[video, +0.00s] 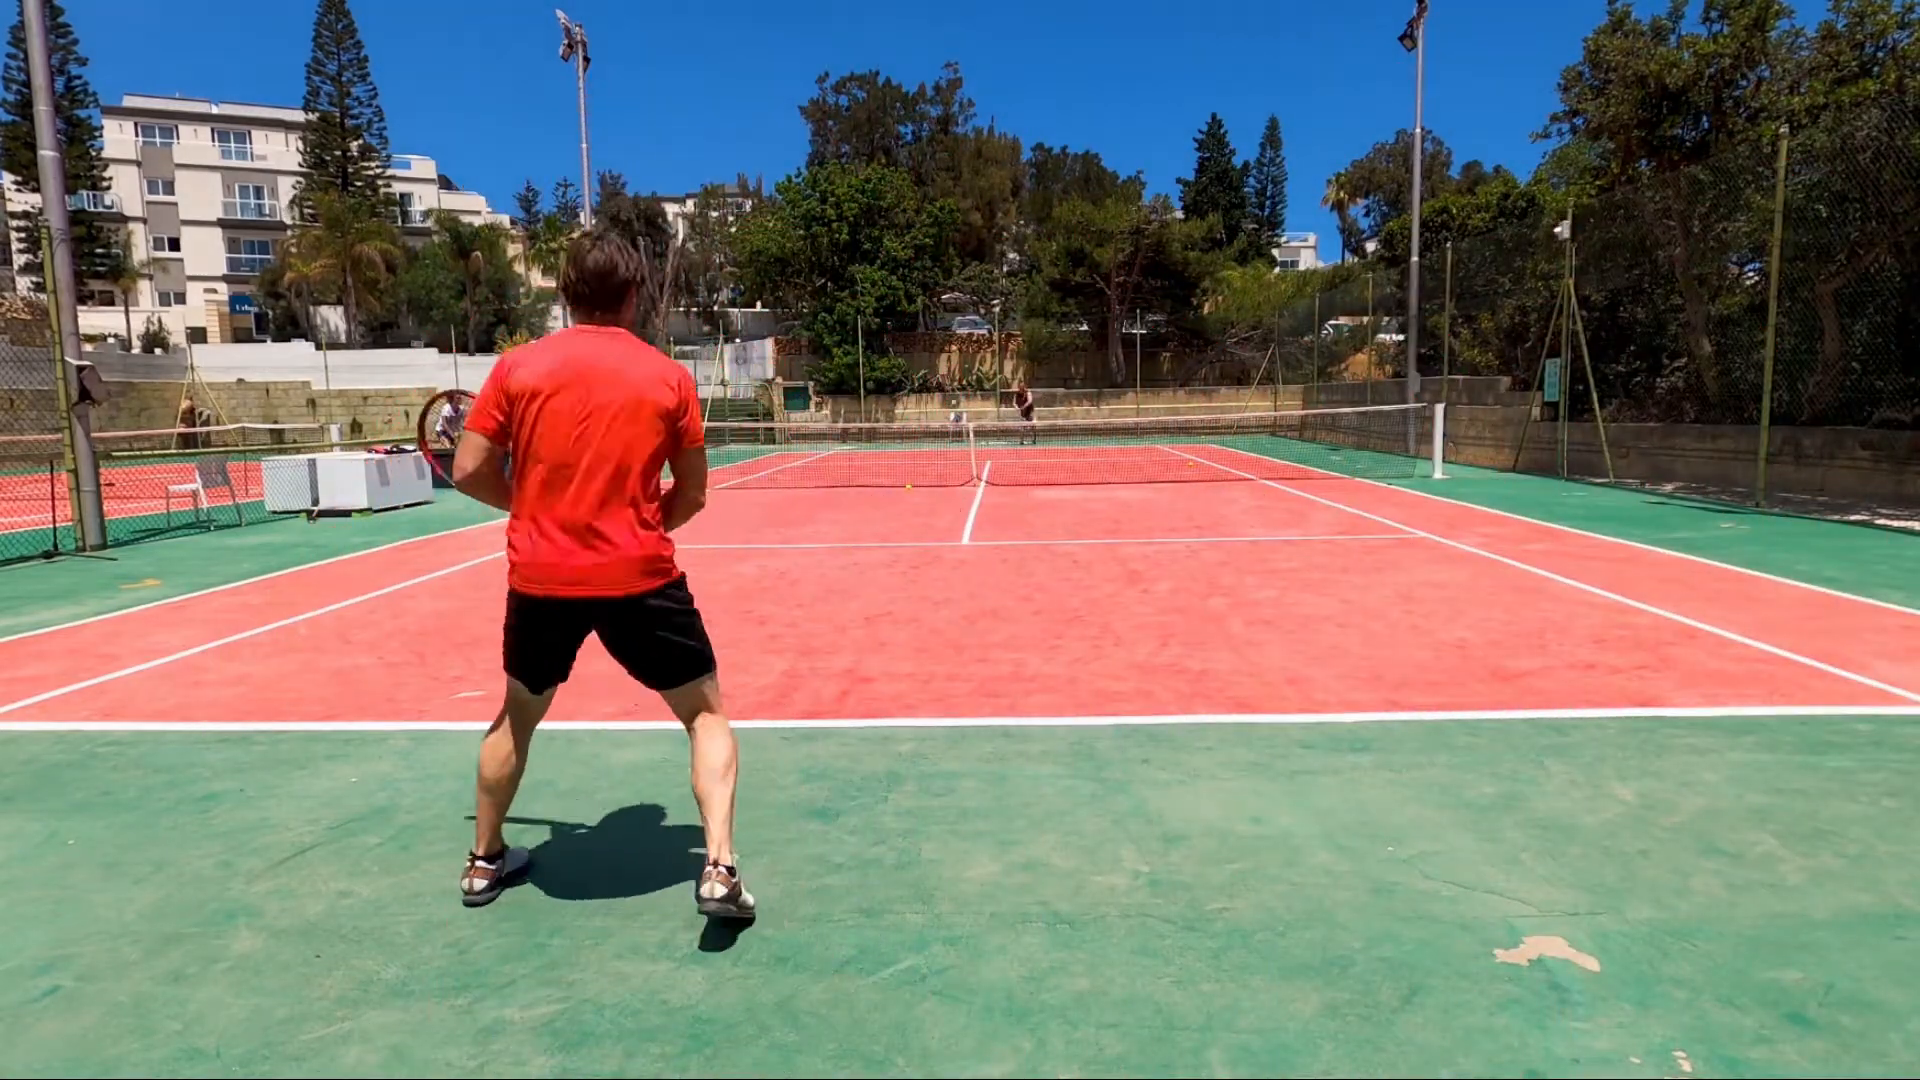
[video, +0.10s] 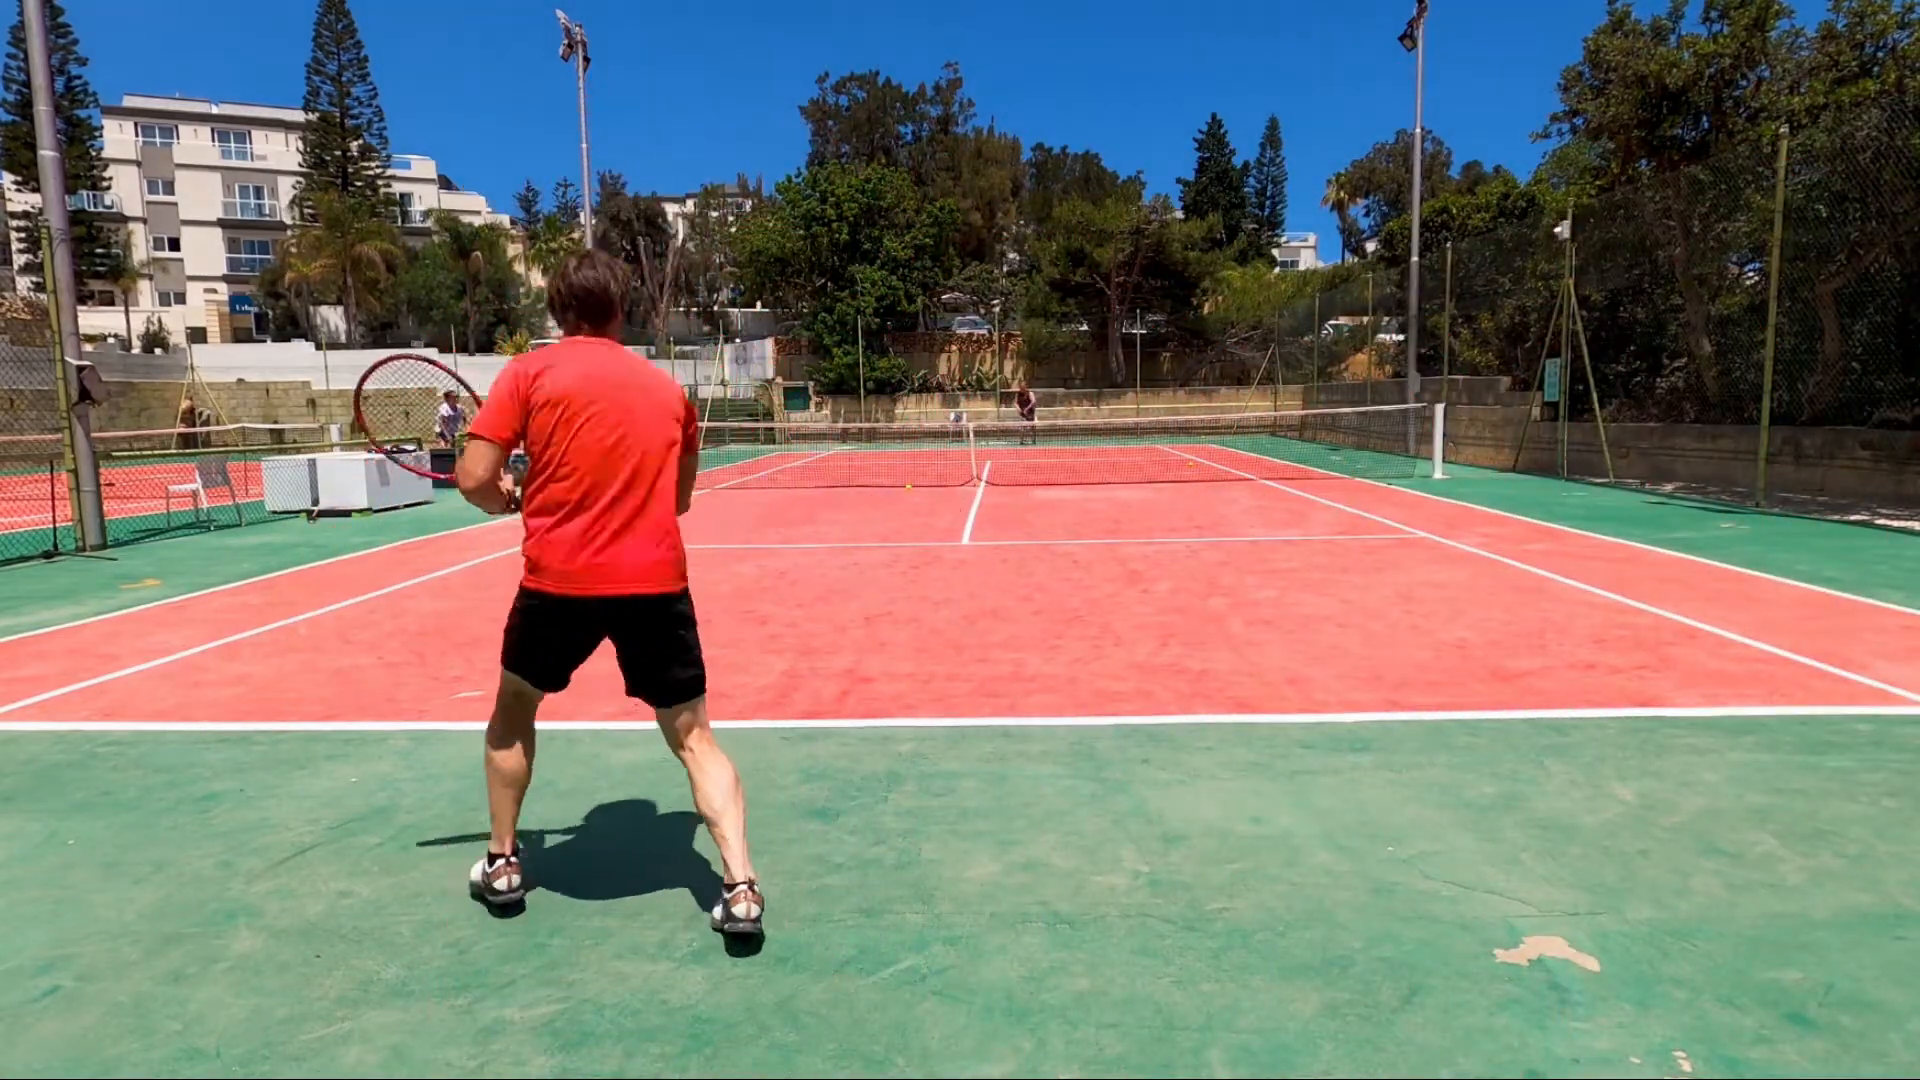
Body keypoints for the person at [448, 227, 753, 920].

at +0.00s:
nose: (637, 299)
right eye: (636, 290)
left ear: (566, 292)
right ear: (634, 294)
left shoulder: (518, 366)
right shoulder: (668, 377)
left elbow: (469, 472)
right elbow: (690, 494)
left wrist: (535, 502)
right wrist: (638, 526)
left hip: (542, 582)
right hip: (639, 579)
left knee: (515, 714)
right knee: (704, 713)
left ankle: (482, 861)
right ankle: (720, 867)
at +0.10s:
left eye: (553, 309)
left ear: (558, 313)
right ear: (621, 314)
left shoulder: (528, 372)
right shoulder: (665, 387)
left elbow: (473, 477)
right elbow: (679, 497)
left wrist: (506, 500)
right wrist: (600, 489)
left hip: (561, 585)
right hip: (656, 586)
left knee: (514, 714)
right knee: (692, 729)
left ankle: (502, 863)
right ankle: (742, 885)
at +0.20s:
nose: (527, 345)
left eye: (528, 335)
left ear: (535, 335)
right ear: (594, 336)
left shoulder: (531, 389)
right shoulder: (633, 397)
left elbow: (496, 491)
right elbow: (612, 511)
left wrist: (466, 499)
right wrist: (512, 535)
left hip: (573, 595)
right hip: (661, 592)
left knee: (498, 701)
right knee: (696, 746)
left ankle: (522, 862)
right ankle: (748, 900)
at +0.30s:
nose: (492, 351)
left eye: (492, 339)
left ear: (498, 340)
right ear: (554, 339)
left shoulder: (514, 389)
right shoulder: (590, 397)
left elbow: (514, 484)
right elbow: (569, 520)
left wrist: (451, 508)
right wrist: (477, 548)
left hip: (570, 590)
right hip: (650, 587)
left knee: (490, 718)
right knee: (666, 733)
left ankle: (530, 880)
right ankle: (735, 870)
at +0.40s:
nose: (458, 374)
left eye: (457, 364)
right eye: (459, 365)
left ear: (464, 363)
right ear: (520, 358)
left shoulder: (481, 410)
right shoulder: (557, 412)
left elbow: (503, 498)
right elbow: (535, 529)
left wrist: (433, 542)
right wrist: (459, 583)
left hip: (563, 594)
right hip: (635, 588)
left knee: (475, 728)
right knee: (625, 716)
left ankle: (527, 886)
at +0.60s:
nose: (438, 399)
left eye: (439, 389)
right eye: (440, 391)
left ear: (447, 386)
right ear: (500, 383)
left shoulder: (465, 413)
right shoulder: (519, 423)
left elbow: (472, 470)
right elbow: (463, 522)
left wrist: (396, 477)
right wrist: (384, 524)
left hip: (558, 578)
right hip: (622, 567)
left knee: (506, 727)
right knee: (593, 633)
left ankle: (536, 878)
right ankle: (603, 740)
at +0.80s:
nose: (448, 429)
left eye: (449, 420)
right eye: (449, 420)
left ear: (459, 422)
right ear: (500, 419)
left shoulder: (485, 451)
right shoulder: (510, 450)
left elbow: (459, 513)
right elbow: (432, 532)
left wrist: (372, 535)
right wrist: (356, 554)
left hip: (572, 588)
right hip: (610, 578)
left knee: (525, 716)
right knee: (544, 640)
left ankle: (554, 831)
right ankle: (564, 730)